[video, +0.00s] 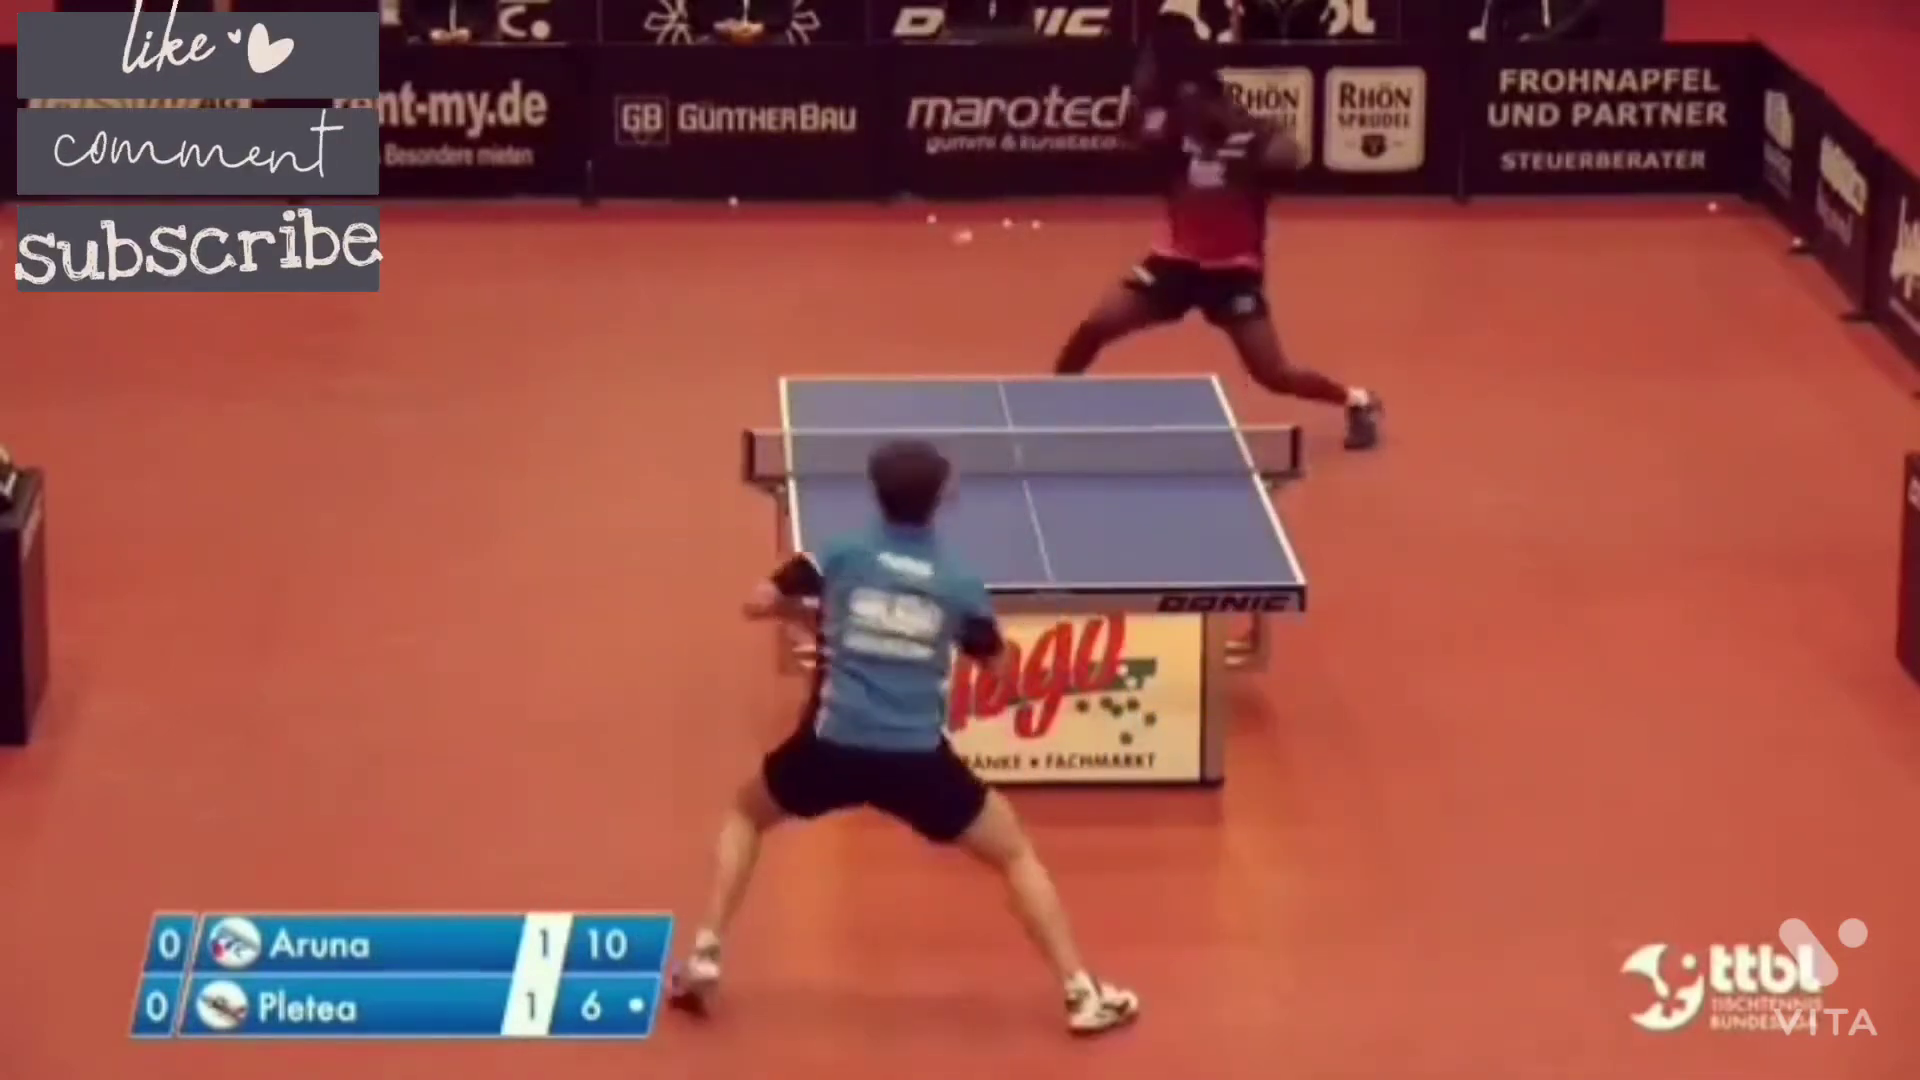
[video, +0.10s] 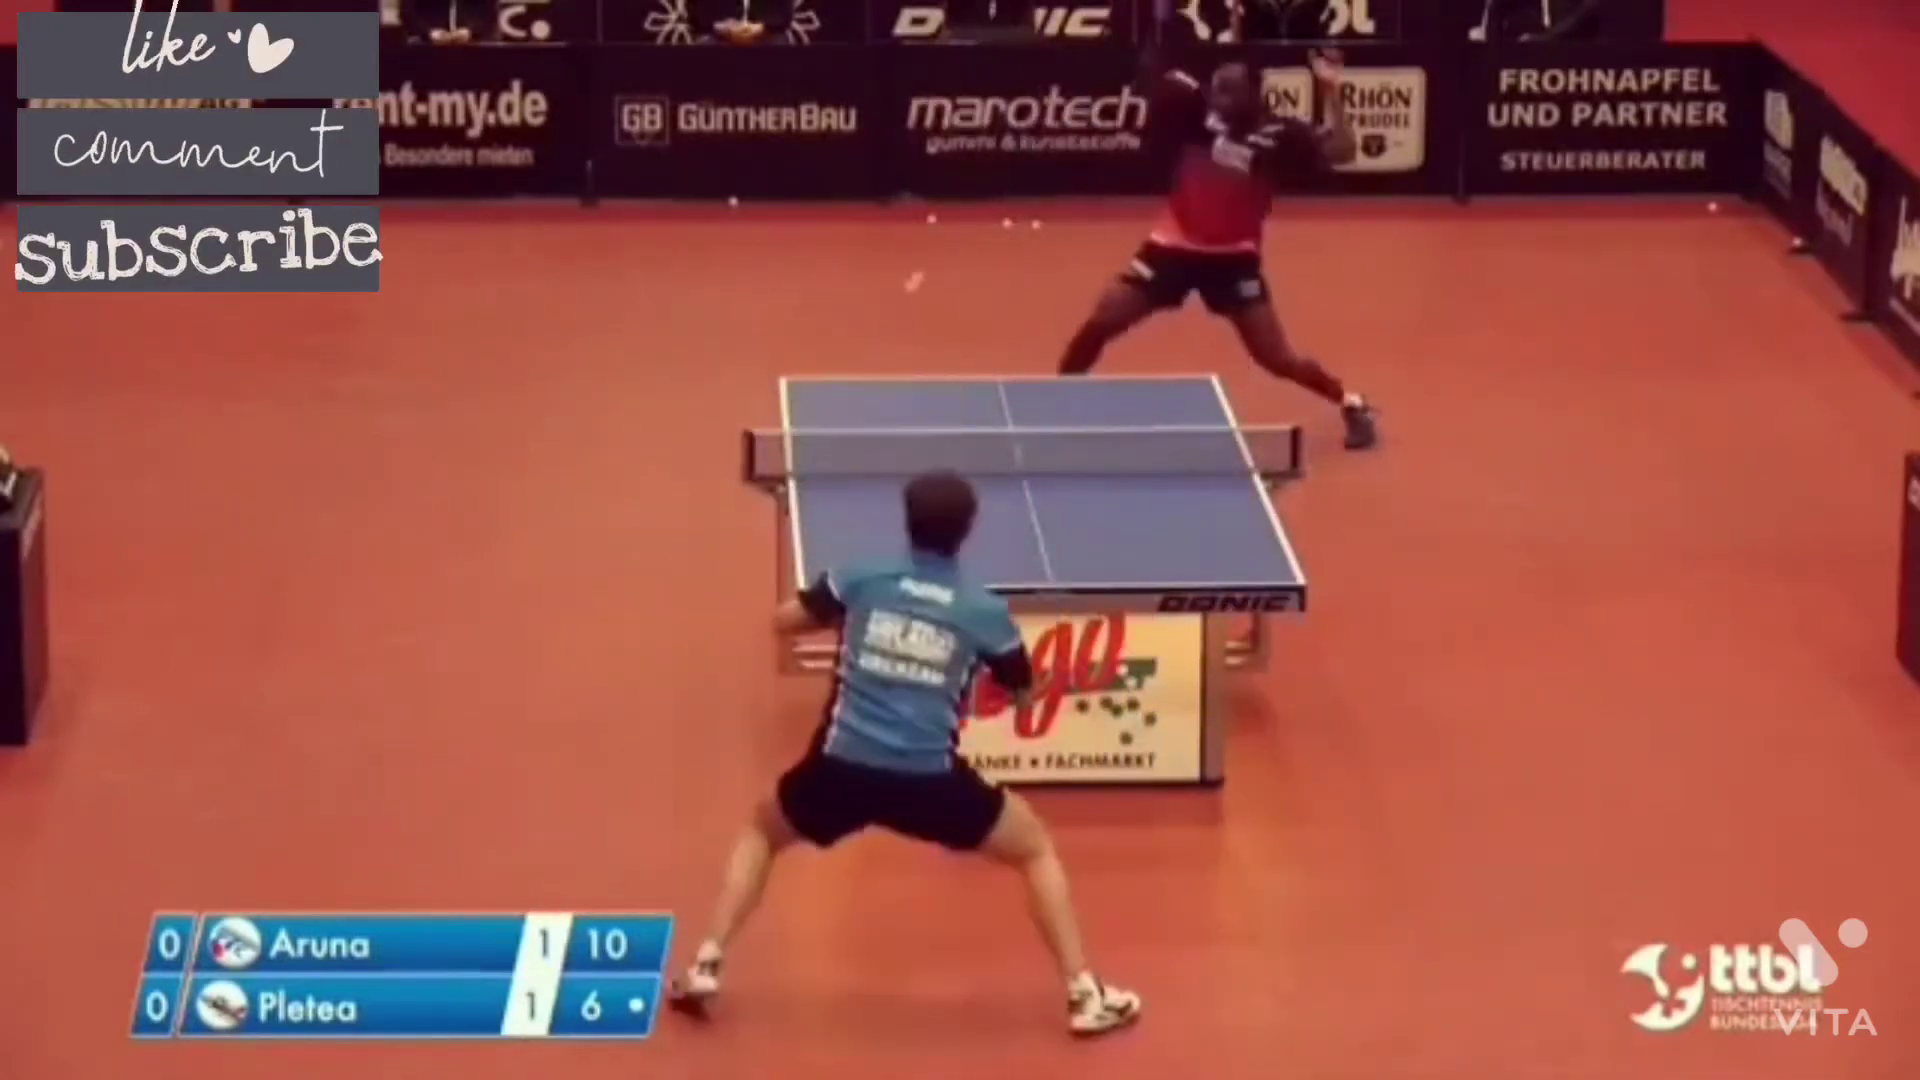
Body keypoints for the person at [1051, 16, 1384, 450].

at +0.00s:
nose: (1186, 113)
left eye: (1191, 103)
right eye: (1182, 105)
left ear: (1213, 100)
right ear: (1179, 106)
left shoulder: (1254, 143)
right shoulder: (1177, 139)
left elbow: (1291, 159)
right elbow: (1131, 138)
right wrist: (1141, 90)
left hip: (1233, 276)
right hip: (1175, 269)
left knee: (1273, 376)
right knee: (1093, 327)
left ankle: (1356, 401)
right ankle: (1051, 403)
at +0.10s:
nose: (1219, 98)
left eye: (1229, 90)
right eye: (1215, 89)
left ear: (1252, 96)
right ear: (1206, 92)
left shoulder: (1277, 137)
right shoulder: (1189, 119)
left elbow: (1339, 152)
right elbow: (1149, 71)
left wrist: (1332, 93)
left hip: (1233, 262)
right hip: (1169, 252)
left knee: (1276, 359)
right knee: (1098, 325)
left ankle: (1350, 404)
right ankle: (1053, 404)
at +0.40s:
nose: (1230, 79)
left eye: (1237, 70)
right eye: (1223, 71)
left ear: (1250, 71)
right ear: (1211, 73)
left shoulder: (1280, 117)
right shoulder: (1192, 112)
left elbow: (1298, 178)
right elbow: (1143, 145)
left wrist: (1285, 223)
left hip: (1260, 242)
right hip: (1194, 238)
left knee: (1310, 333)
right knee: (1128, 317)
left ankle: (1349, 409)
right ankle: (1096, 399)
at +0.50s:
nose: (1213, 84)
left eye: (1221, 74)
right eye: (1205, 75)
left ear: (1237, 73)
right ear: (1194, 76)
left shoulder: (1272, 116)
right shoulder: (1176, 119)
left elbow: (1294, 173)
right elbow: (1141, 179)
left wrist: (1281, 219)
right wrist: (1126, 166)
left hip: (1256, 235)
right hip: (1188, 234)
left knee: (1305, 324)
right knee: (1129, 314)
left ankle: (1343, 405)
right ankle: (1093, 394)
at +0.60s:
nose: (1201, 114)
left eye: (1209, 104)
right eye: (1193, 105)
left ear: (1226, 103)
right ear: (1182, 107)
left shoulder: (1259, 139)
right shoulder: (1164, 147)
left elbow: (1287, 187)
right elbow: (1136, 212)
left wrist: (1286, 229)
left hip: (1250, 246)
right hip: (1187, 246)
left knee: (1307, 332)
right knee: (1123, 325)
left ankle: (1333, 412)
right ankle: (1088, 402)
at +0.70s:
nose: (1216, 129)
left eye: (1223, 118)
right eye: (1208, 120)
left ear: (1238, 116)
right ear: (1195, 121)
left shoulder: (1268, 142)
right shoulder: (1179, 159)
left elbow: (1302, 185)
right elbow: (1155, 224)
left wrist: (1310, 226)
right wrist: (1184, 250)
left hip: (1262, 248)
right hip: (1198, 251)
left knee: (1321, 322)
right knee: (1135, 331)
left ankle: (1332, 414)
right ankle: (1095, 403)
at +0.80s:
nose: (1234, 137)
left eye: (1240, 128)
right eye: (1226, 130)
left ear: (1256, 120)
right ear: (1216, 127)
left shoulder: (1286, 144)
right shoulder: (1201, 161)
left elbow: (1322, 175)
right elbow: (1175, 230)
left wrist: (1341, 220)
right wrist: (1206, 254)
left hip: (1272, 249)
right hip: (1209, 252)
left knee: (1331, 322)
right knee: (1149, 334)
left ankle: (1334, 415)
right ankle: (1107, 399)